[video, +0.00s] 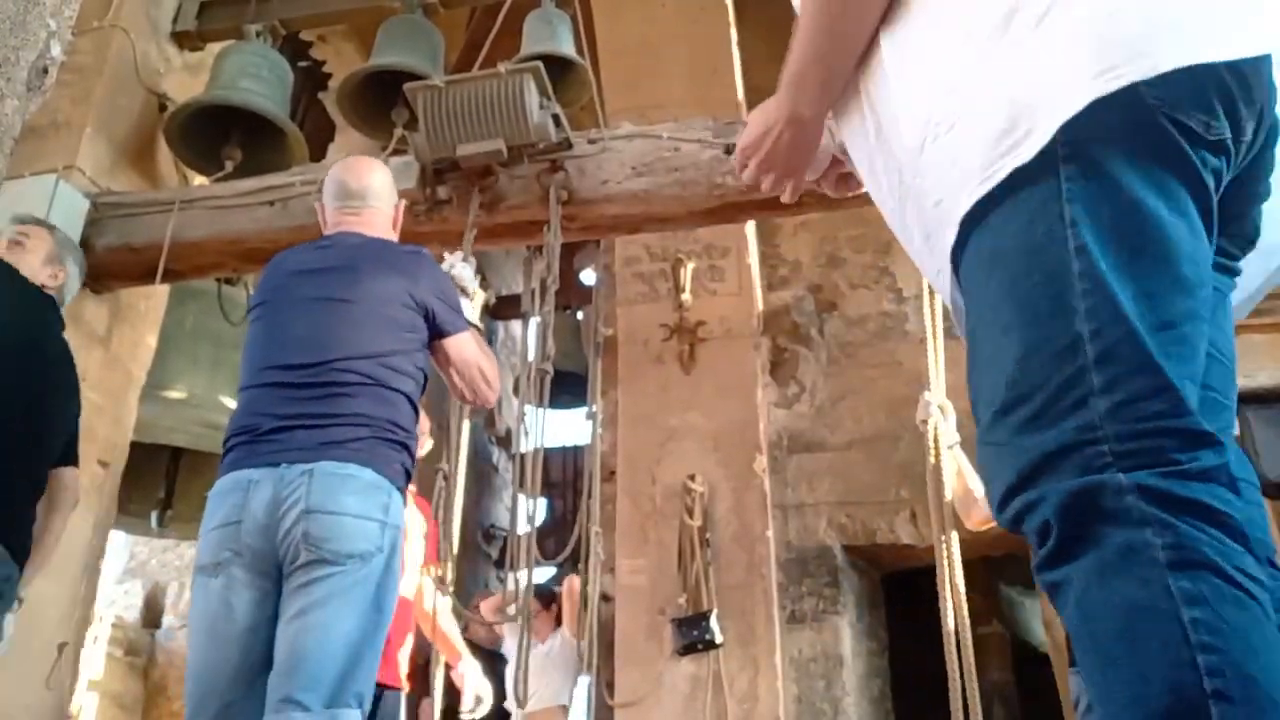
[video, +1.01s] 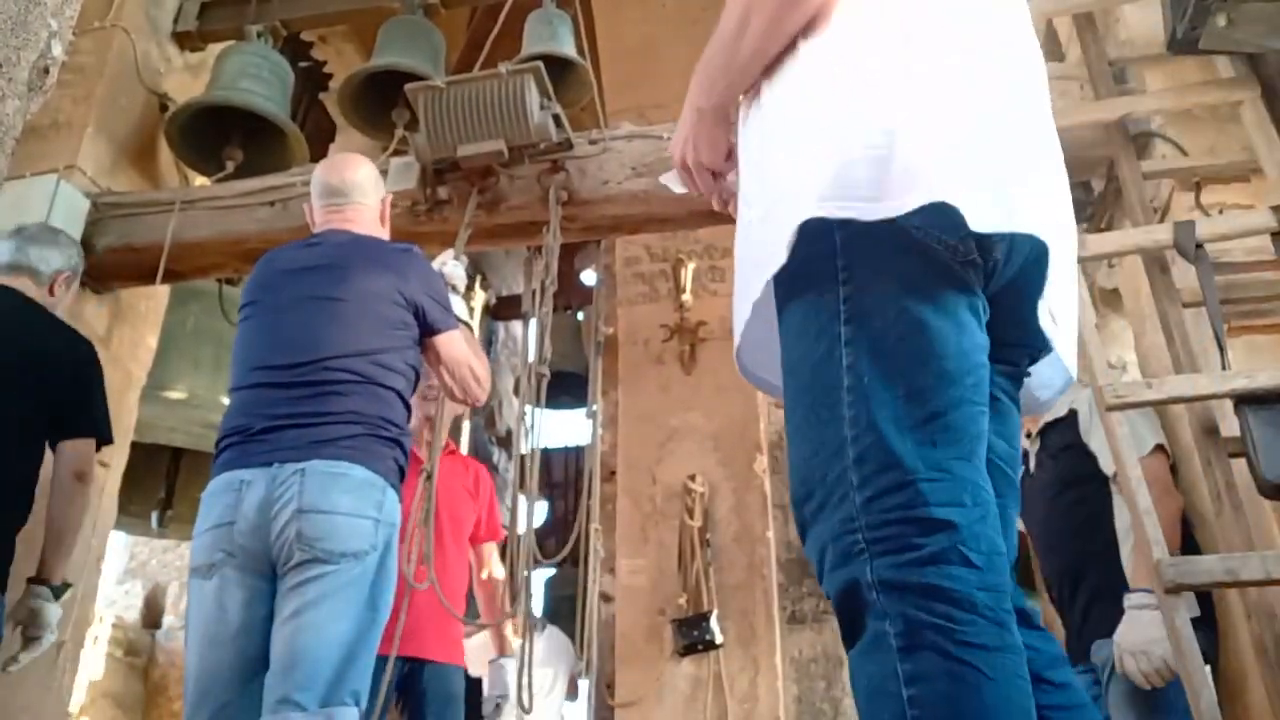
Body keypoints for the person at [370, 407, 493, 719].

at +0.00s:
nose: (413, 440)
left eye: (421, 434)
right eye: (408, 430)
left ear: (428, 442)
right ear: (387, 429)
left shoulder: (420, 512)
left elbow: (427, 593)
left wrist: (460, 660)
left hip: (389, 678)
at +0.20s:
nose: (408, 418)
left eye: (420, 410)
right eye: (405, 407)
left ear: (437, 427)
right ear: (389, 413)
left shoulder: (434, 494)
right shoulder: (361, 484)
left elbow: (443, 586)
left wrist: (470, 662)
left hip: (416, 666)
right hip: (360, 662)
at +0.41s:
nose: (424, 419)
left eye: (434, 413)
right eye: (417, 411)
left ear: (450, 421)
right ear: (400, 416)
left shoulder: (461, 492)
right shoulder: (381, 479)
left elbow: (470, 576)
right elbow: (357, 563)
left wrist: (487, 656)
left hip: (435, 663)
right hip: (375, 659)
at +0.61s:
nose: (447, 410)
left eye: (458, 404)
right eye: (438, 399)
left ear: (476, 418)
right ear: (420, 408)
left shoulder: (485, 489)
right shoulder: (393, 473)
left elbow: (496, 578)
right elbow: (365, 553)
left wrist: (510, 647)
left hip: (455, 657)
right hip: (389, 651)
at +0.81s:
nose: (448, 403)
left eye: (458, 394)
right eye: (437, 391)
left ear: (475, 414)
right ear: (415, 405)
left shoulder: (487, 483)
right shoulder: (392, 468)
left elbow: (500, 571)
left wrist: (516, 642)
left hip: (457, 655)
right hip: (389, 649)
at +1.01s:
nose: (432, 384)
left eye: (445, 379)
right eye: (423, 374)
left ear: (463, 404)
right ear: (403, 392)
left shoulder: (474, 476)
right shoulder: (382, 463)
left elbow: (488, 571)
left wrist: (502, 655)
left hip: (441, 650)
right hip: (371, 644)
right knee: (355, 713)